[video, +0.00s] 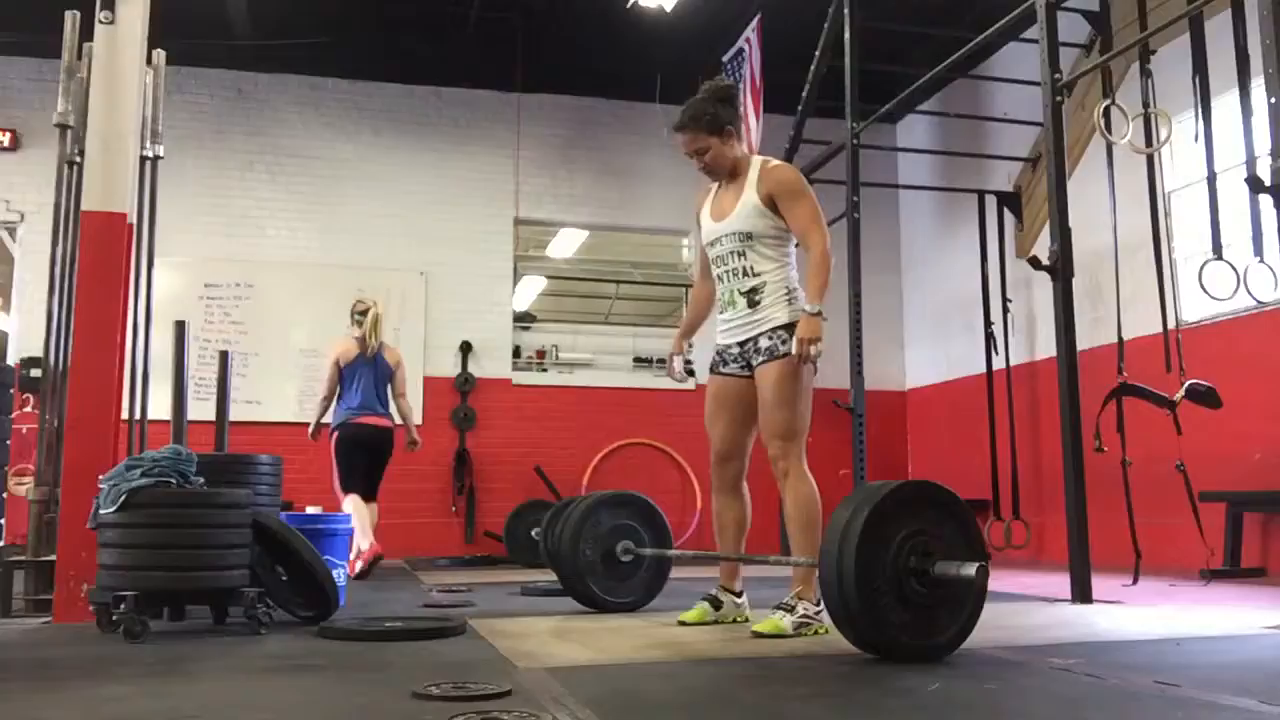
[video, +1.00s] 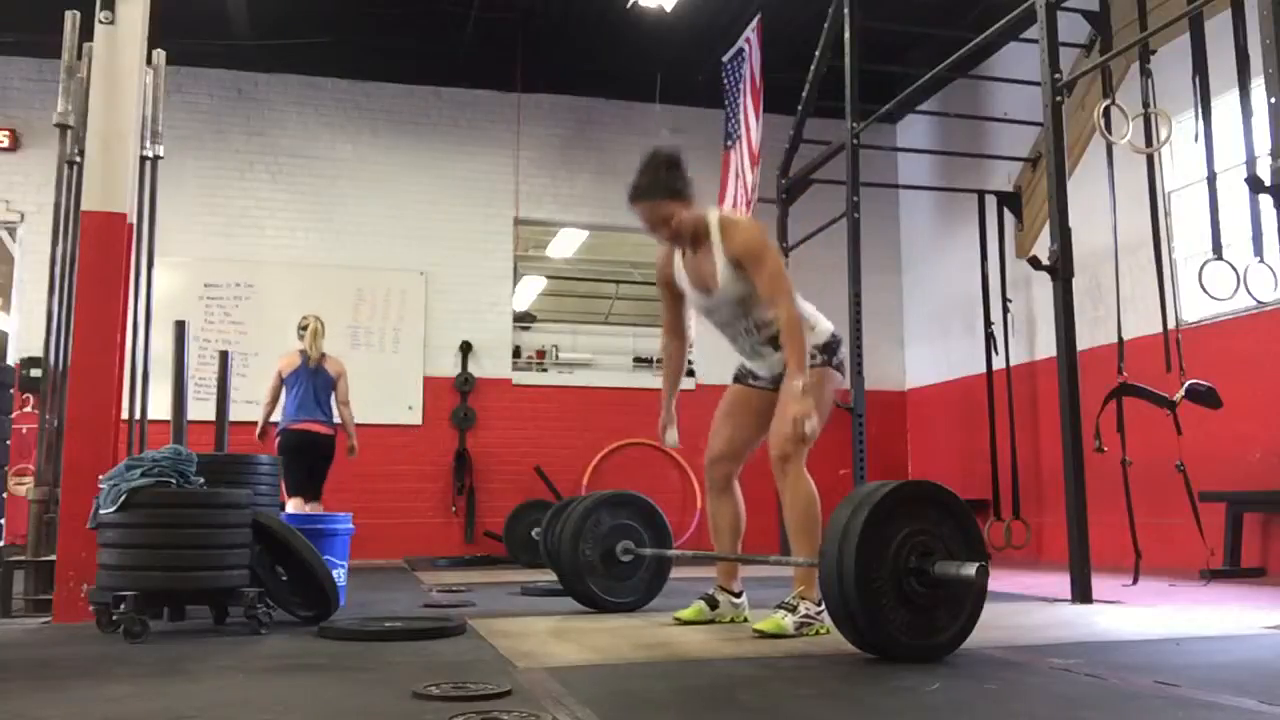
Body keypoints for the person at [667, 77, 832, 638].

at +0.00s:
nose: (698, 163)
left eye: (702, 151)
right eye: (691, 155)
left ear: (732, 135)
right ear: (693, 148)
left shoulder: (777, 178)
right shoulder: (709, 200)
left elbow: (818, 243)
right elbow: (708, 280)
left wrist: (812, 312)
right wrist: (684, 331)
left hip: (780, 333)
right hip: (730, 341)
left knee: (786, 459)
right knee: (726, 463)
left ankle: (806, 600)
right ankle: (729, 594)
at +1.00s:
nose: (663, 234)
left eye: (667, 221)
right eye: (652, 228)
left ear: (688, 200)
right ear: (647, 222)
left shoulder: (741, 233)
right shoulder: (671, 263)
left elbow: (787, 308)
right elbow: (674, 336)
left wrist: (796, 386)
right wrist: (668, 406)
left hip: (812, 353)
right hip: (760, 363)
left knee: (785, 453)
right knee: (718, 465)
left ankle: (807, 599)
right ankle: (728, 593)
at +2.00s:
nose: (626, 393)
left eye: (625, 383)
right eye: (619, 386)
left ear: (644, 364)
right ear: (644, 359)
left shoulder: (719, 361)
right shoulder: (655, 386)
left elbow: (770, 446)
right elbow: (667, 458)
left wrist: (801, 528)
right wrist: (673, 528)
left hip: (823, 409)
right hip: (760, 426)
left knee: (756, 468)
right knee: (679, 480)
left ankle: (807, 604)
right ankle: (727, 596)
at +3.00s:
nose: (625, 395)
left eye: (626, 385)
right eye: (619, 388)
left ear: (652, 366)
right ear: (650, 367)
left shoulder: (719, 377)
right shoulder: (659, 402)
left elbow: (784, 452)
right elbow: (668, 472)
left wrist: (805, 536)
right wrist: (671, 535)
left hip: (824, 426)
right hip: (758, 441)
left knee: (751, 470)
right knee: (673, 484)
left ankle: (807, 602)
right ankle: (727, 596)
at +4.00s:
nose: (618, 358)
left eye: (624, 347)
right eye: (615, 348)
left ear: (658, 341)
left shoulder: (716, 371)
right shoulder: (653, 392)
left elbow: (766, 454)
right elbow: (659, 467)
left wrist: (791, 538)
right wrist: (660, 536)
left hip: (822, 428)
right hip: (757, 440)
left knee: (749, 474)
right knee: (669, 485)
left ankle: (806, 604)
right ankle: (727, 596)